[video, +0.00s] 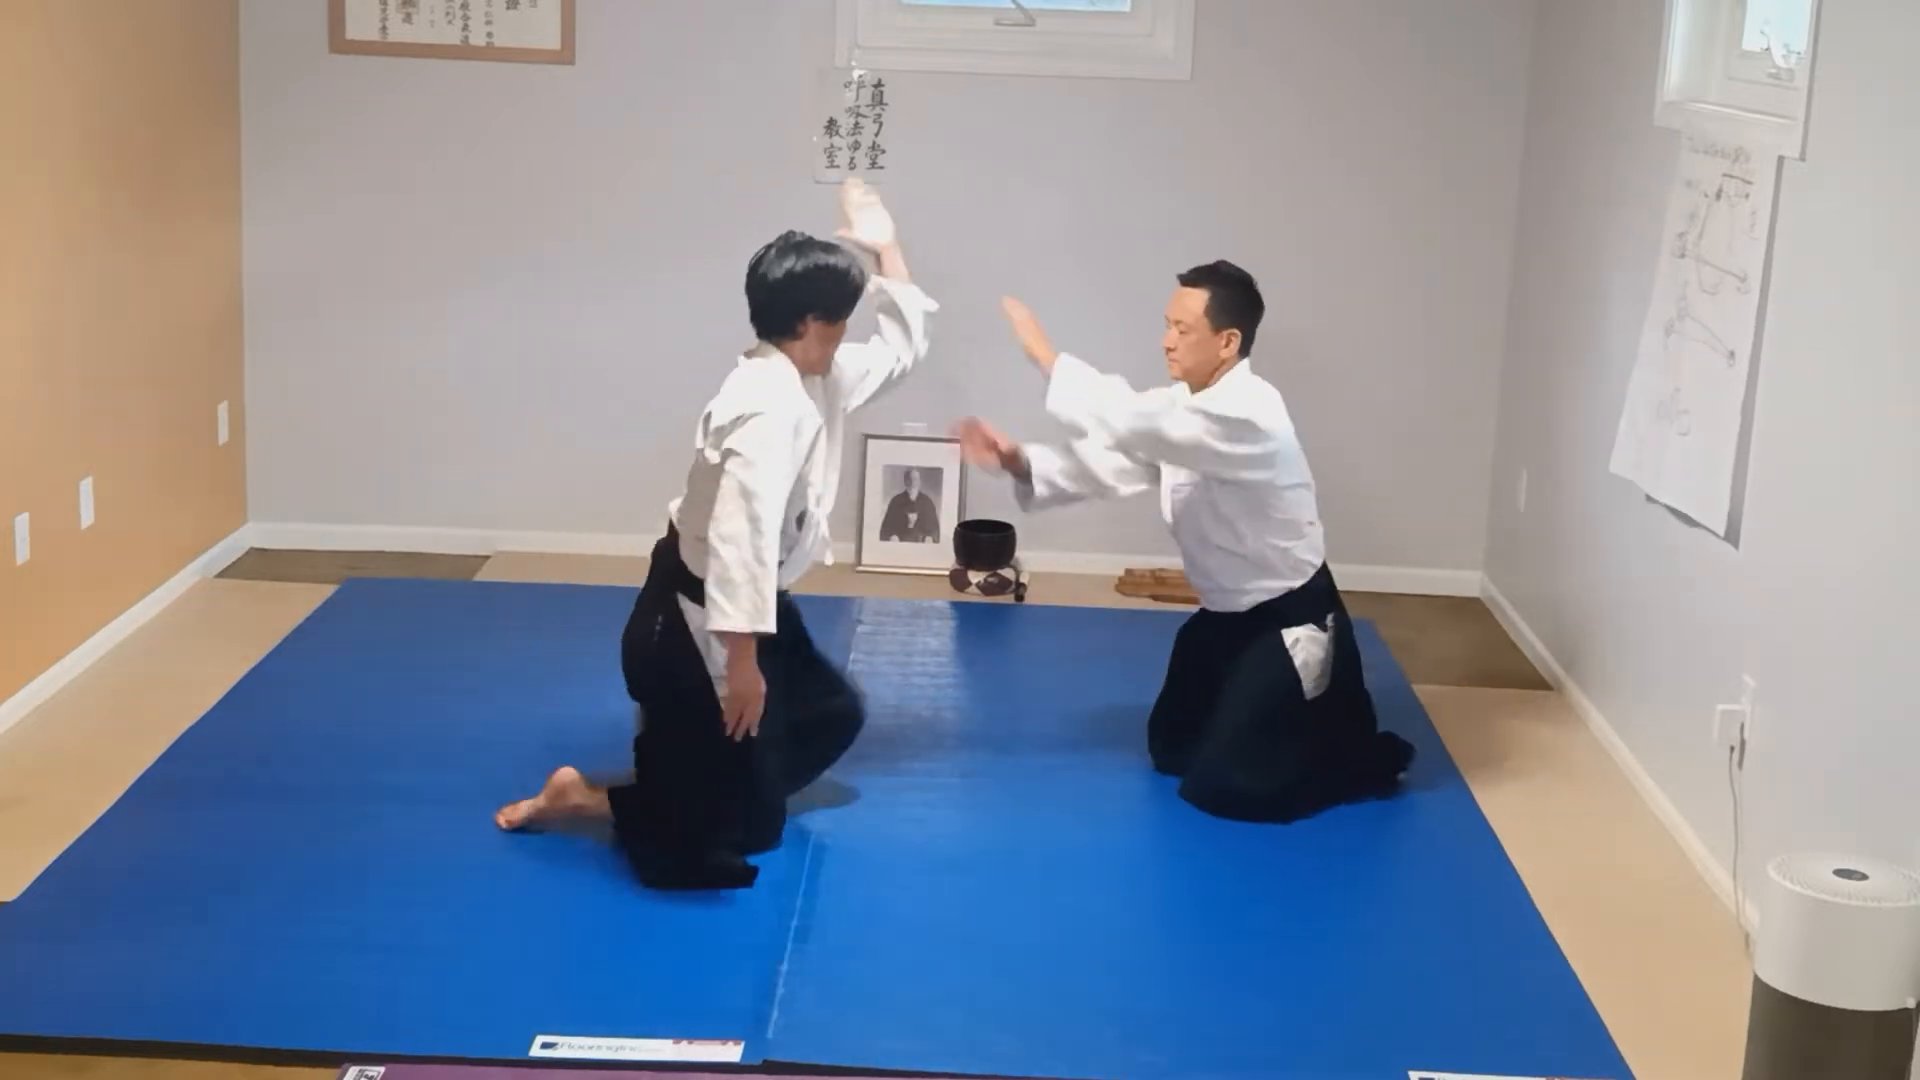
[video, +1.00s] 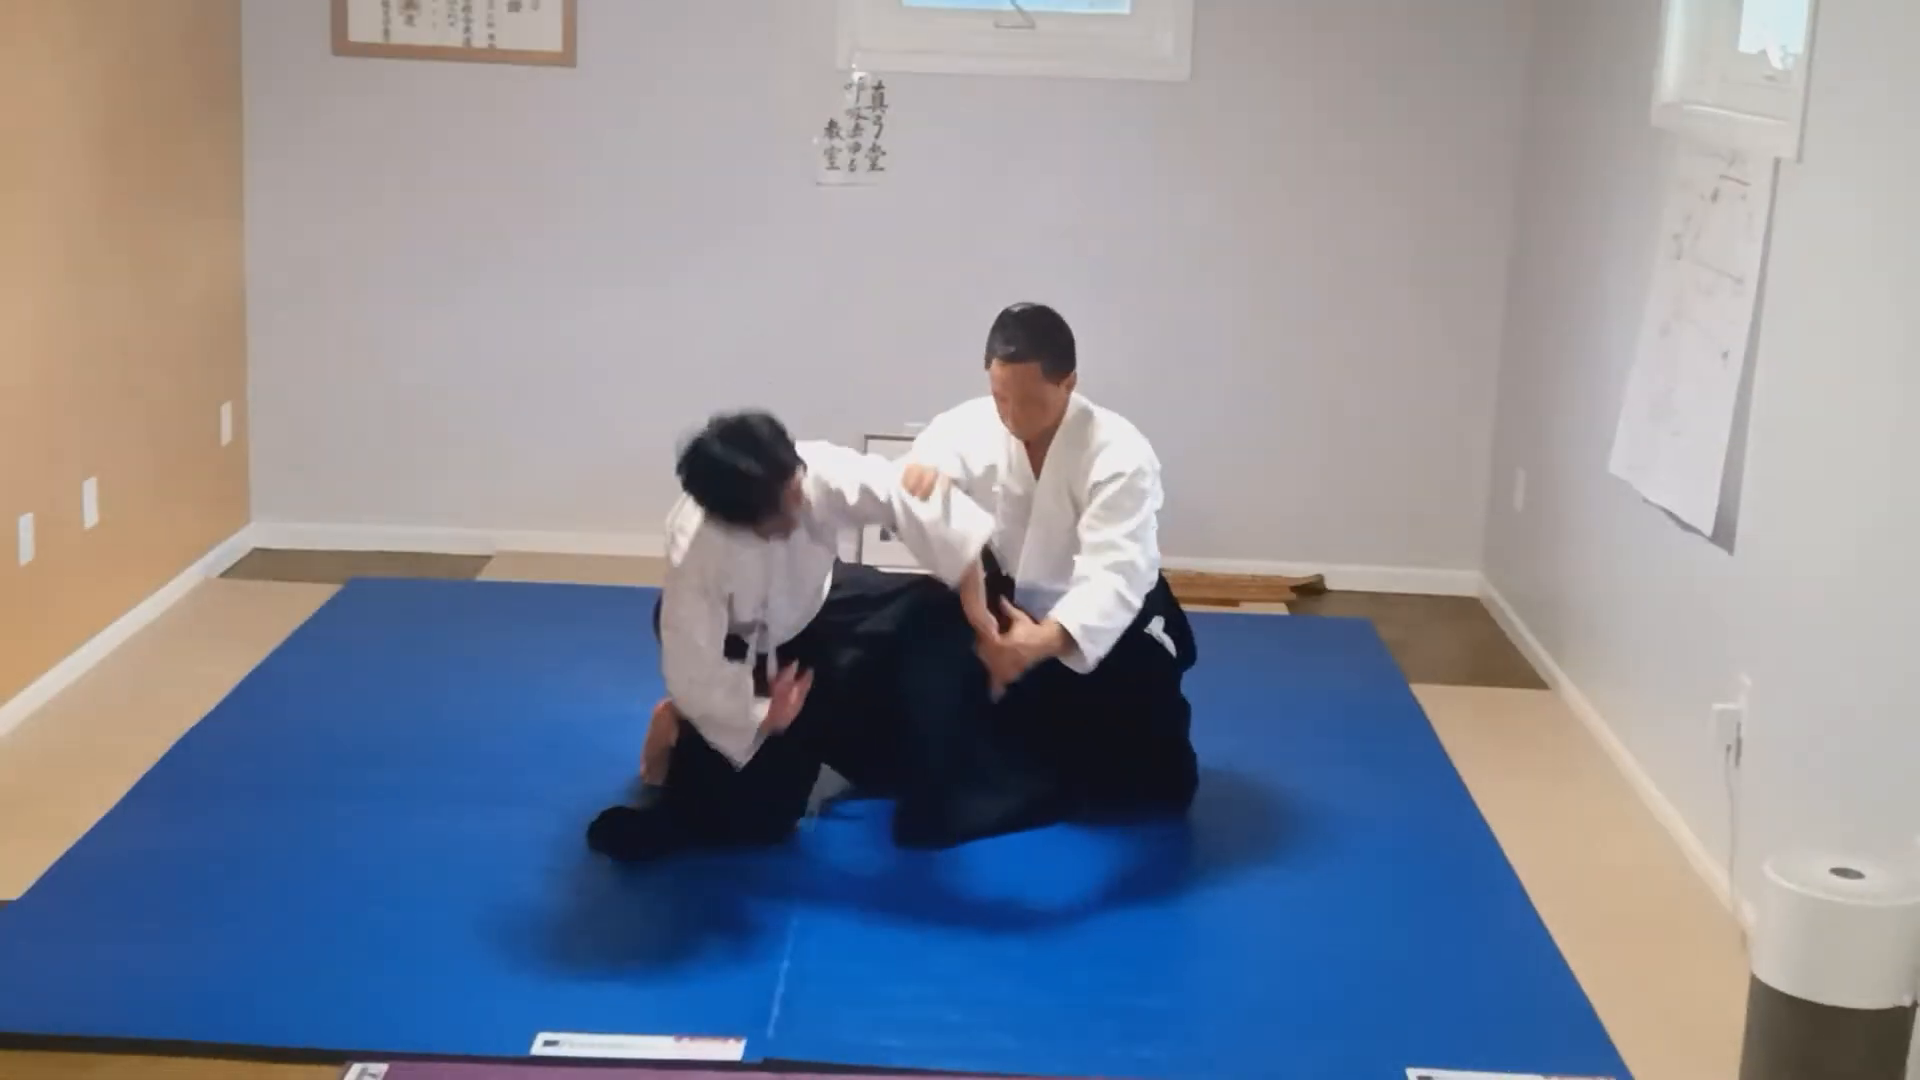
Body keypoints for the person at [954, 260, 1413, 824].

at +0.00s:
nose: (1166, 341)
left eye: (1180, 329)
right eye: (1167, 326)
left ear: (1228, 341)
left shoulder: (1248, 412)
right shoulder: (1181, 412)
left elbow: (1140, 419)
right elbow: (1107, 465)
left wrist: (1047, 357)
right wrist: (1018, 459)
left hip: (1291, 629)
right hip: (1221, 625)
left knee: (1223, 786)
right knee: (1173, 752)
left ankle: (1356, 757)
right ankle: (1311, 719)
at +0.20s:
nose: (1156, 333)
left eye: (1172, 321)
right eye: (1154, 319)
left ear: (1220, 328)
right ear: (1153, 318)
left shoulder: (1245, 384)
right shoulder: (1150, 400)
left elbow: (1140, 351)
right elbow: (1065, 419)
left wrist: (1038, 266)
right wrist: (987, 383)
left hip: (1271, 619)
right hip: (1193, 613)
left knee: (1229, 791)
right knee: (1152, 756)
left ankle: (1356, 758)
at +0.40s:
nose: (1116, 324)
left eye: (1128, 311)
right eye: (1112, 311)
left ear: (1170, 308)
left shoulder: (1222, 368)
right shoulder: (1120, 393)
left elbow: (1108, 334)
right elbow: (1046, 426)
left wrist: (1031, 237)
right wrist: (979, 360)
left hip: (1245, 612)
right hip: (1147, 600)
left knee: (1245, 801)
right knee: (1051, 657)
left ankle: (1349, 747)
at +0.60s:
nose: (1062, 329)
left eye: (1072, 313)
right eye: (1058, 315)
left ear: (1108, 312)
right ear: (1051, 321)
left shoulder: (1173, 377)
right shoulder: (1049, 400)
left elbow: (1093, 394)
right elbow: (948, 387)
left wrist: (1008, 305)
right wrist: (952, 300)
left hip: (1204, 639)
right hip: (1097, 638)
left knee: (1240, 808)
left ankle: (1291, 728)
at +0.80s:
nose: (1016, 393)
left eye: (1029, 378)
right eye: (1005, 377)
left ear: (1073, 362)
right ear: (996, 364)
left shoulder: (1120, 428)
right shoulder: (999, 413)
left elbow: (1070, 514)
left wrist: (983, 476)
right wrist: (945, 464)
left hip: (1143, 640)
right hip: (1053, 630)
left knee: (1158, 783)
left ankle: (1203, 737)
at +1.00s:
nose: (1010, 414)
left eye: (1026, 400)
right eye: (999, 397)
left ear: (1066, 384)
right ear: (989, 377)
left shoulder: (1119, 455)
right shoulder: (960, 431)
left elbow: (1119, 572)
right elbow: (918, 533)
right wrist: (919, 487)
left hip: (1102, 635)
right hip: (994, 629)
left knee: (1156, 779)